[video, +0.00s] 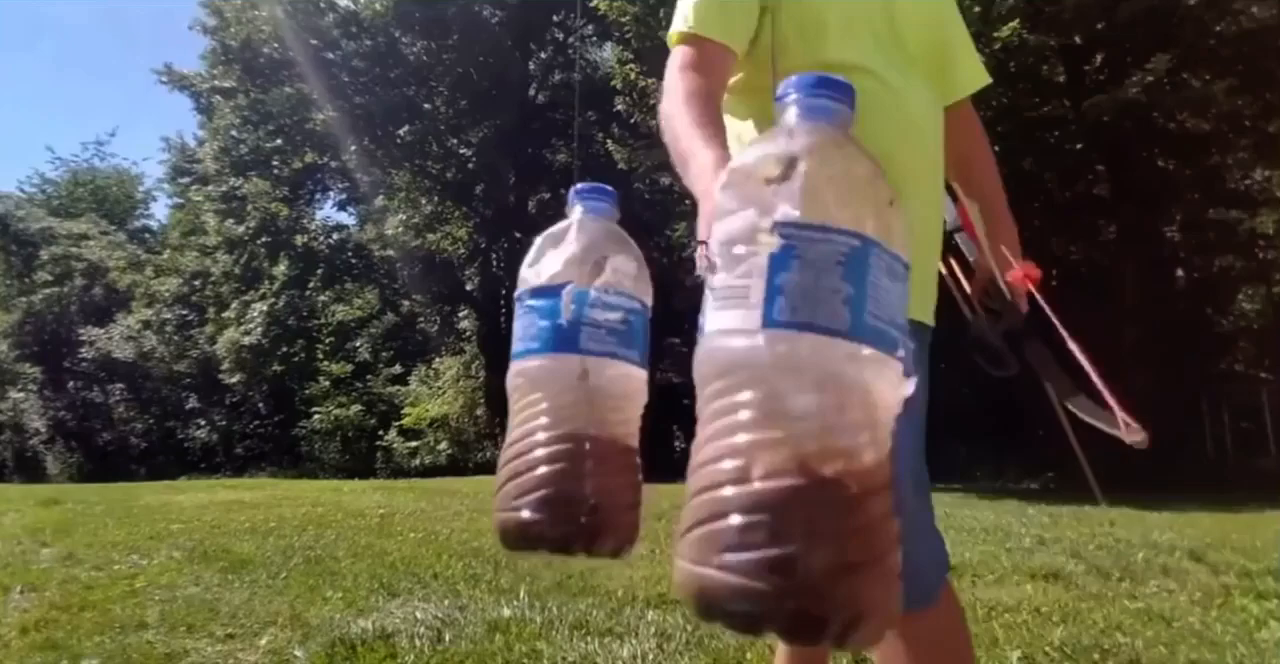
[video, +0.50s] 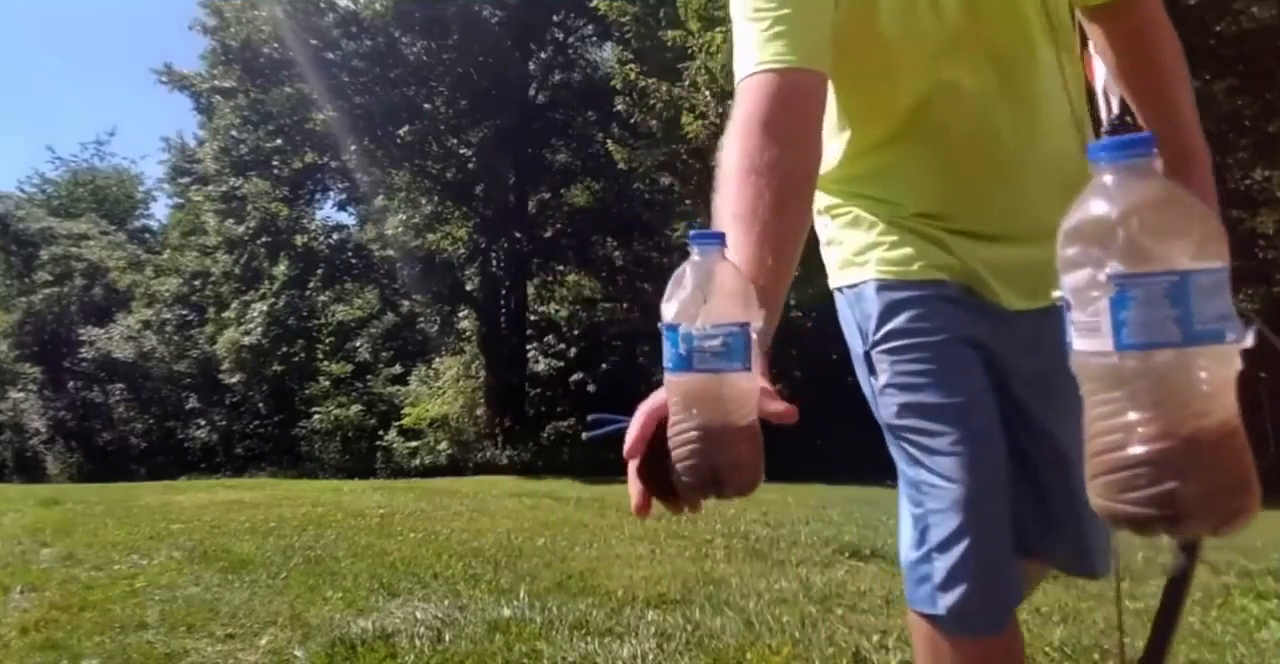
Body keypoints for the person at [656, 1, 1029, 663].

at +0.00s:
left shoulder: (934, 9)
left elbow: (954, 114)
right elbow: (689, 85)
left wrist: (1000, 238)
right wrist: (720, 198)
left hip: (908, 291)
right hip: (792, 289)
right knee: (905, 553)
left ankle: (802, 646)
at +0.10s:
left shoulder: (968, 5)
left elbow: (991, 104)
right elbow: (711, 78)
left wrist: (1034, 242)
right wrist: (722, 192)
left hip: (953, 254)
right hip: (817, 259)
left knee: (857, 512)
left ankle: (805, 655)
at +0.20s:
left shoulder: (998, 7)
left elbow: (1030, 85)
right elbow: (734, 67)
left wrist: (1063, 233)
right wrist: (730, 220)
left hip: (981, 246)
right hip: (841, 243)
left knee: (893, 507)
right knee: (924, 535)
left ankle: (820, 654)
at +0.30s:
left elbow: (1067, 72)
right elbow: (756, 76)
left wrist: (1106, 230)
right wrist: (736, 264)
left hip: (1004, 246)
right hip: (859, 240)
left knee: (984, 494)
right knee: (933, 504)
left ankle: (840, 653)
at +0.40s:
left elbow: (1090, 51)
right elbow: (767, 92)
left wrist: (1130, 232)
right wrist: (735, 296)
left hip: (1020, 239)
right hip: (871, 236)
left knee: (998, 506)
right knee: (942, 507)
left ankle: (857, 655)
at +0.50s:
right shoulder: (791, 8)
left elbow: (1125, 13)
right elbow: (779, 99)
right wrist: (730, 339)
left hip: (1055, 235)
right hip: (896, 232)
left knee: (1039, 526)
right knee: (966, 524)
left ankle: (945, 625)